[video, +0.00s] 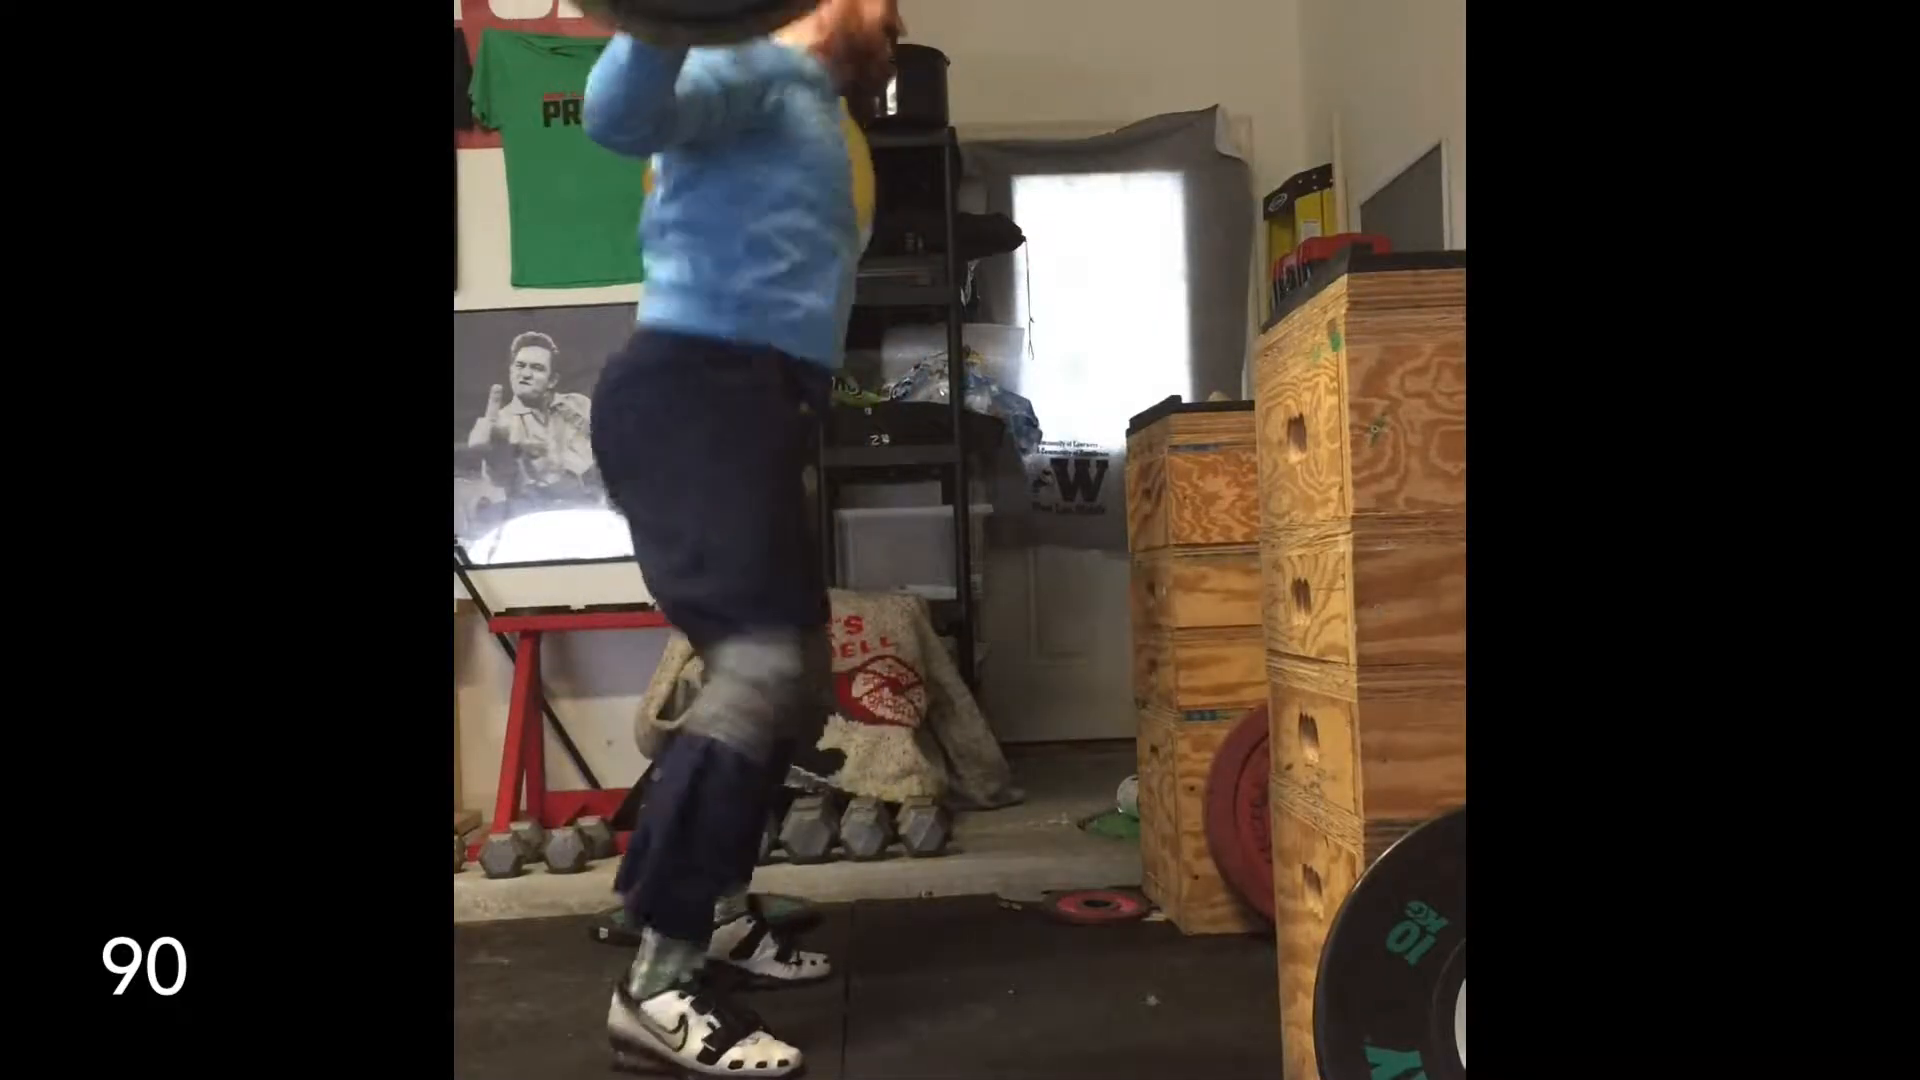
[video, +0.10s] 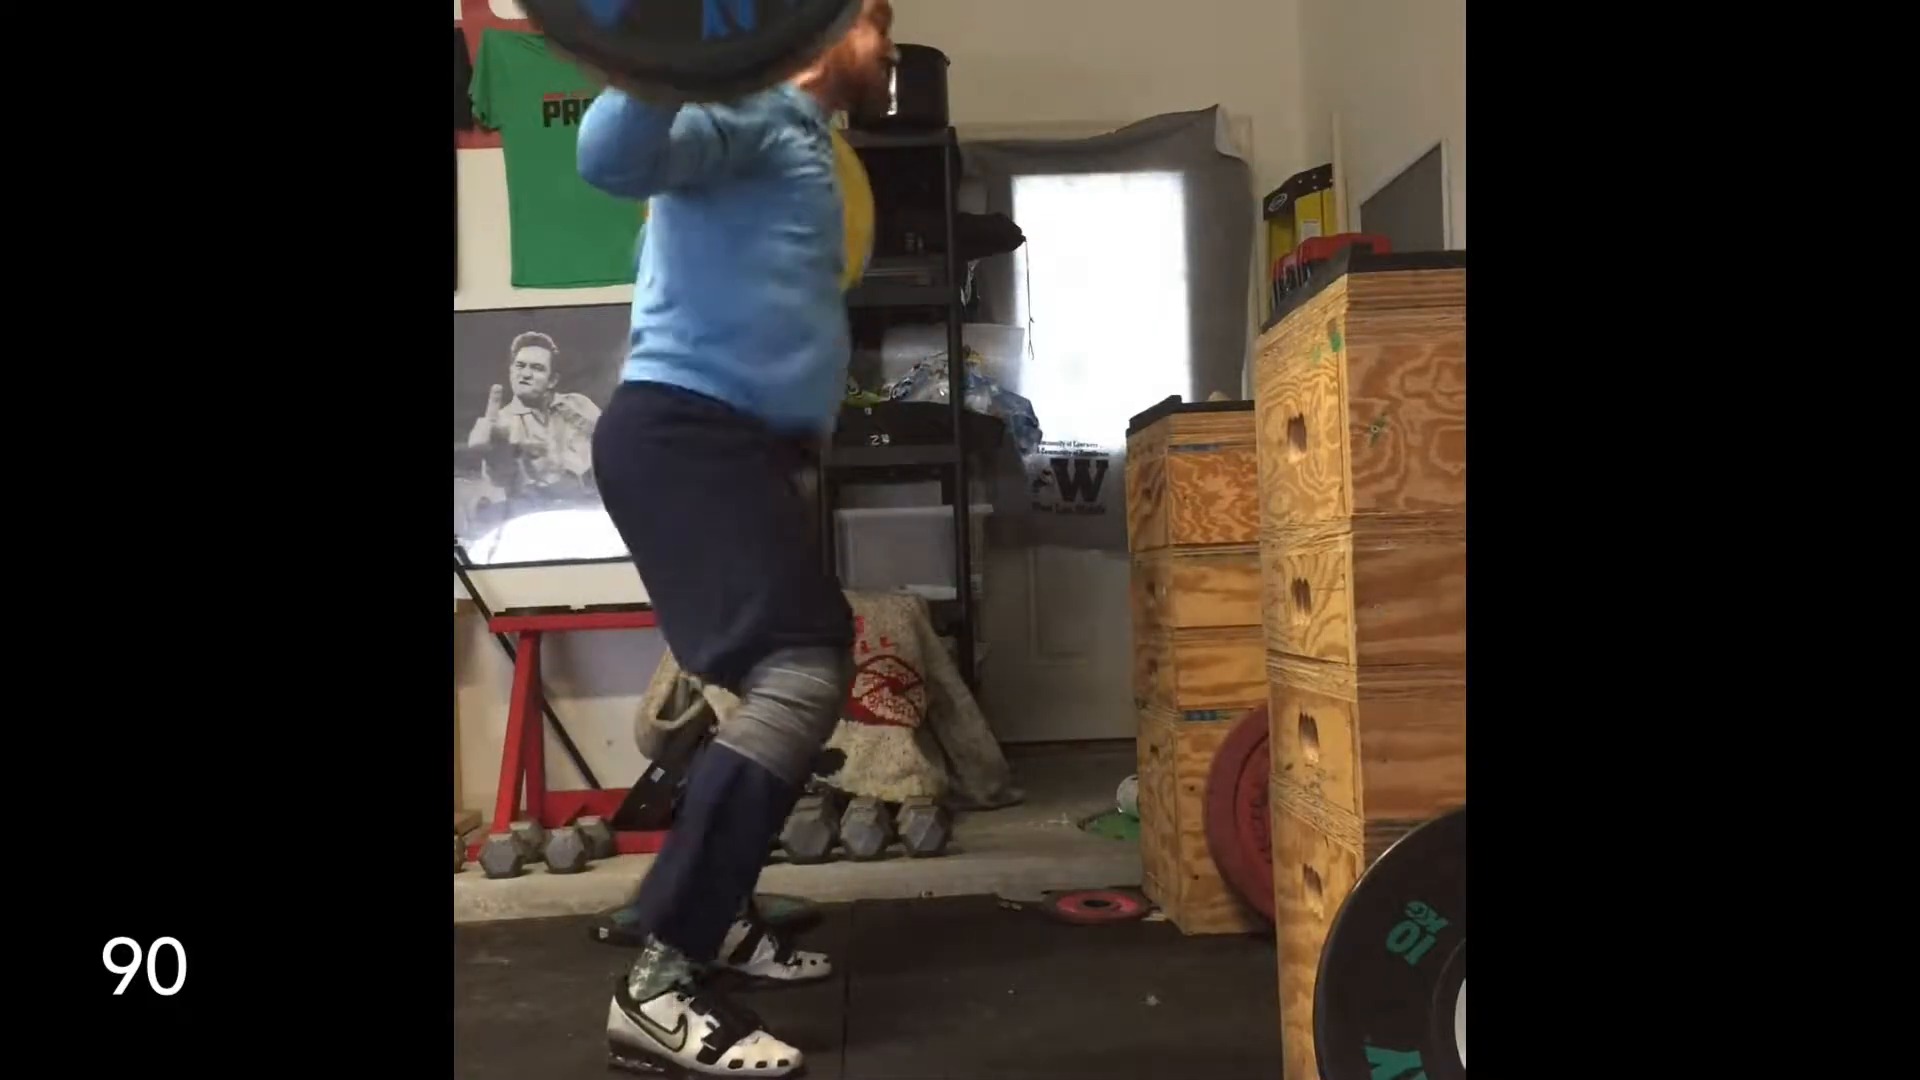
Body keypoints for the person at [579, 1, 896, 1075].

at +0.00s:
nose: (896, 33)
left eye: (897, 22)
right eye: (887, 11)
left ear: (844, 34)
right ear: (832, 7)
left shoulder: (830, 119)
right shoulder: (752, 72)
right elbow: (616, 120)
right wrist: (657, 22)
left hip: (764, 400)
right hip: (695, 388)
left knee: (784, 672)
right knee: (759, 670)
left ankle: (704, 907)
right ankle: (656, 982)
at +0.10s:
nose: (893, 54)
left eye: (893, 35)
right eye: (883, 29)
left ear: (834, 42)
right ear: (832, 27)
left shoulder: (818, 143)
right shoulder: (751, 110)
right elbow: (607, 158)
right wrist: (680, 41)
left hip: (759, 441)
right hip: (687, 430)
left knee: (799, 672)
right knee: (799, 676)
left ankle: (712, 914)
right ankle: (660, 983)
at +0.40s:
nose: (882, 52)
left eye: (885, 34)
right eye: (872, 25)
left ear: (827, 33)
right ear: (811, 13)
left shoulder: (808, 127)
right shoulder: (734, 84)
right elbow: (582, 131)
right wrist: (641, 25)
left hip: (751, 421)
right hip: (684, 405)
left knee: (766, 680)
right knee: (747, 677)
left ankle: (702, 922)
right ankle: (652, 985)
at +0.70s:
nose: (866, 46)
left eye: (872, 29)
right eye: (862, 21)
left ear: (816, 19)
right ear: (808, 4)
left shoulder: (785, 110)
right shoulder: (720, 77)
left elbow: (808, 237)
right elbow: (558, 117)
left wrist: (842, 108)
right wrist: (617, 18)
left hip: (742, 410)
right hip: (677, 400)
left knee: (741, 668)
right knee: (697, 670)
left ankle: (693, 924)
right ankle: (646, 983)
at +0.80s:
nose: (865, 37)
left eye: (869, 20)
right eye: (858, 13)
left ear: (809, 17)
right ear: (801, 1)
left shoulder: (785, 107)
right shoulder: (718, 69)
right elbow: (557, 111)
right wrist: (612, 16)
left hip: (739, 406)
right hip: (678, 397)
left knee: (719, 670)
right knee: (693, 674)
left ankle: (692, 920)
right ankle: (642, 978)